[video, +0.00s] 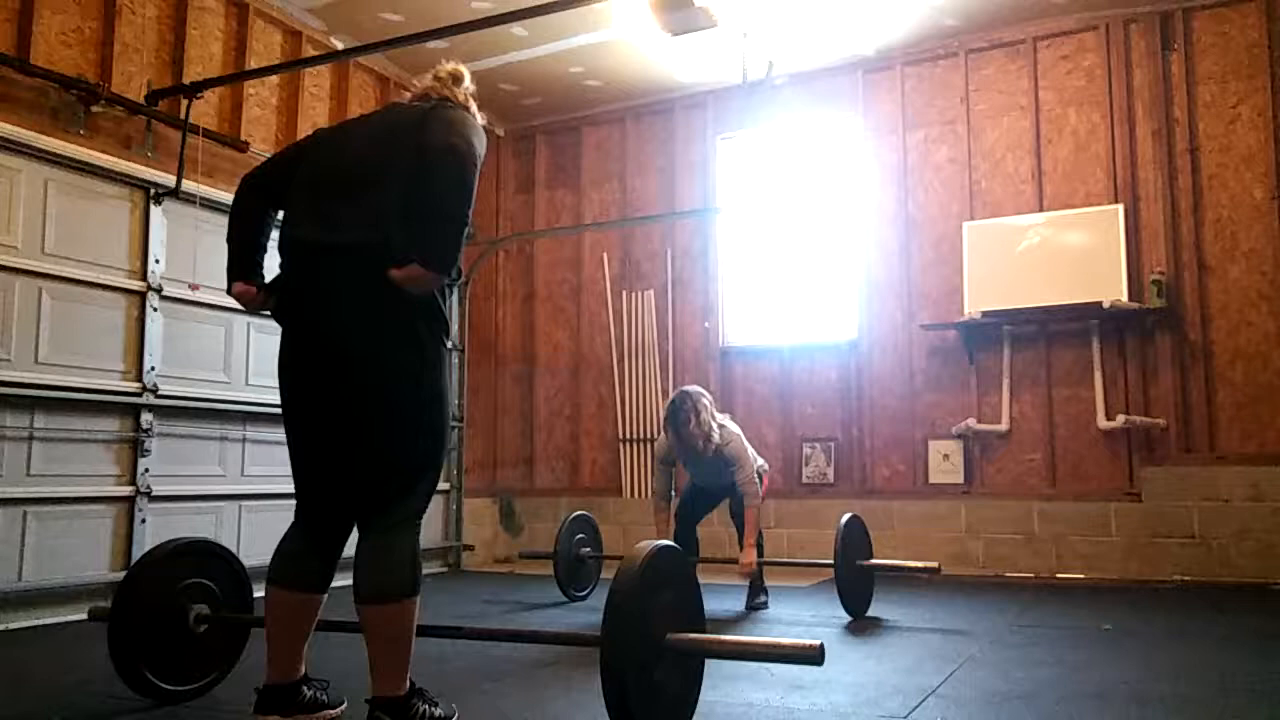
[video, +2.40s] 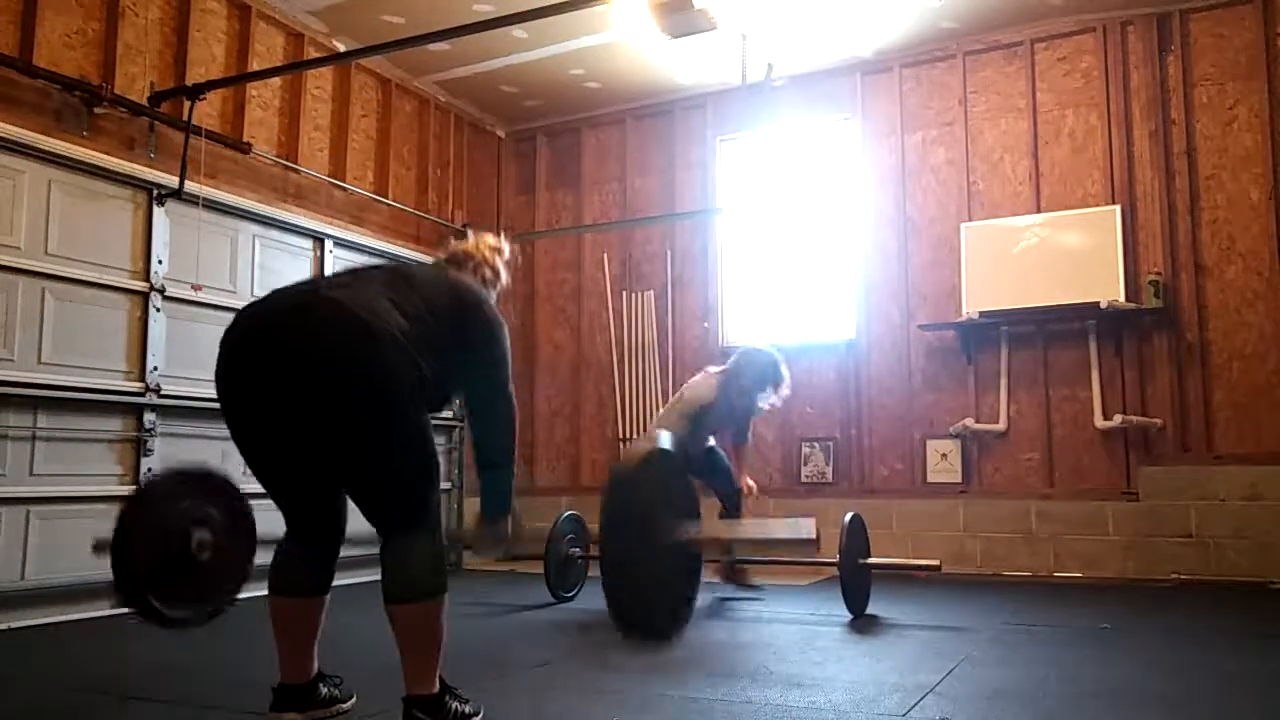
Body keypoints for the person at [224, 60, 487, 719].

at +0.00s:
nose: (475, 132)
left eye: (474, 124)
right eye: (475, 122)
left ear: (411, 96)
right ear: (463, 106)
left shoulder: (342, 135)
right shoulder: (457, 122)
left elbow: (257, 186)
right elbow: (450, 163)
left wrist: (244, 272)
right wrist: (436, 260)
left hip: (308, 329)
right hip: (396, 330)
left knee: (321, 508)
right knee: (394, 514)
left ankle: (281, 687)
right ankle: (392, 699)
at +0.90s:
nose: (488, 151)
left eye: (491, 145)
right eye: (488, 145)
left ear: (426, 113)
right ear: (475, 130)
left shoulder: (343, 153)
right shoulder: (463, 155)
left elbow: (301, 251)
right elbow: (485, 245)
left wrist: (329, 328)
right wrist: (490, 346)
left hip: (328, 357)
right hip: (420, 359)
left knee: (334, 514)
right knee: (429, 520)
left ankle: (298, 681)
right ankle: (427, 695)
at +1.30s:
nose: (506, 204)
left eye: (506, 196)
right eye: (507, 195)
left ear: (449, 172)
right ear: (496, 185)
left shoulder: (387, 200)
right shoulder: (487, 222)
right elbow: (493, 325)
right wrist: (495, 419)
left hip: (287, 348)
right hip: (382, 363)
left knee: (311, 515)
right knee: (404, 524)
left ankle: (294, 684)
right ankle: (422, 694)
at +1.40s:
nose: (513, 259)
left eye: (513, 249)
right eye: (513, 250)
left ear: (457, 225)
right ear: (503, 246)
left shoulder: (395, 241)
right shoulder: (491, 277)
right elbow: (496, 382)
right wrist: (492, 472)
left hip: (273, 346)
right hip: (371, 370)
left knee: (307, 519)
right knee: (402, 533)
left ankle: (296, 685)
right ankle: (422, 695)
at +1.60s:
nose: (511, 355)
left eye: (512, 348)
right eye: (511, 347)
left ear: (468, 317)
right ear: (504, 339)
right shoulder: (489, 361)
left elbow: (343, 460)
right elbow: (490, 478)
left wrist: (330, 575)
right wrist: (492, 577)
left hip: (259, 361)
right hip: (369, 370)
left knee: (316, 518)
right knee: (423, 529)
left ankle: (298, 686)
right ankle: (425, 694)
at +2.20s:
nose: (500, 357)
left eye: (501, 349)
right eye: (500, 349)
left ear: (448, 319)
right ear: (492, 340)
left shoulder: (397, 335)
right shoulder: (482, 368)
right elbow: (493, 487)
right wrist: (496, 588)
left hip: (248, 380)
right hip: (362, 392)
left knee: (333, 522)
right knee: (427, 530)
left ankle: (298, 686)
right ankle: (426, 695)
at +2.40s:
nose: (497, 304)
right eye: (497, 293)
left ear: (443, 266)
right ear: (489, 287)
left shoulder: (391, 282)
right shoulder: (478, 313)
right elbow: (493, 428)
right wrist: (497, 517)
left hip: (250, 349)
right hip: (357, 366)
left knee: (312, 521)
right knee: (410, 527)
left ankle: (296, 686)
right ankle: (425, 696)